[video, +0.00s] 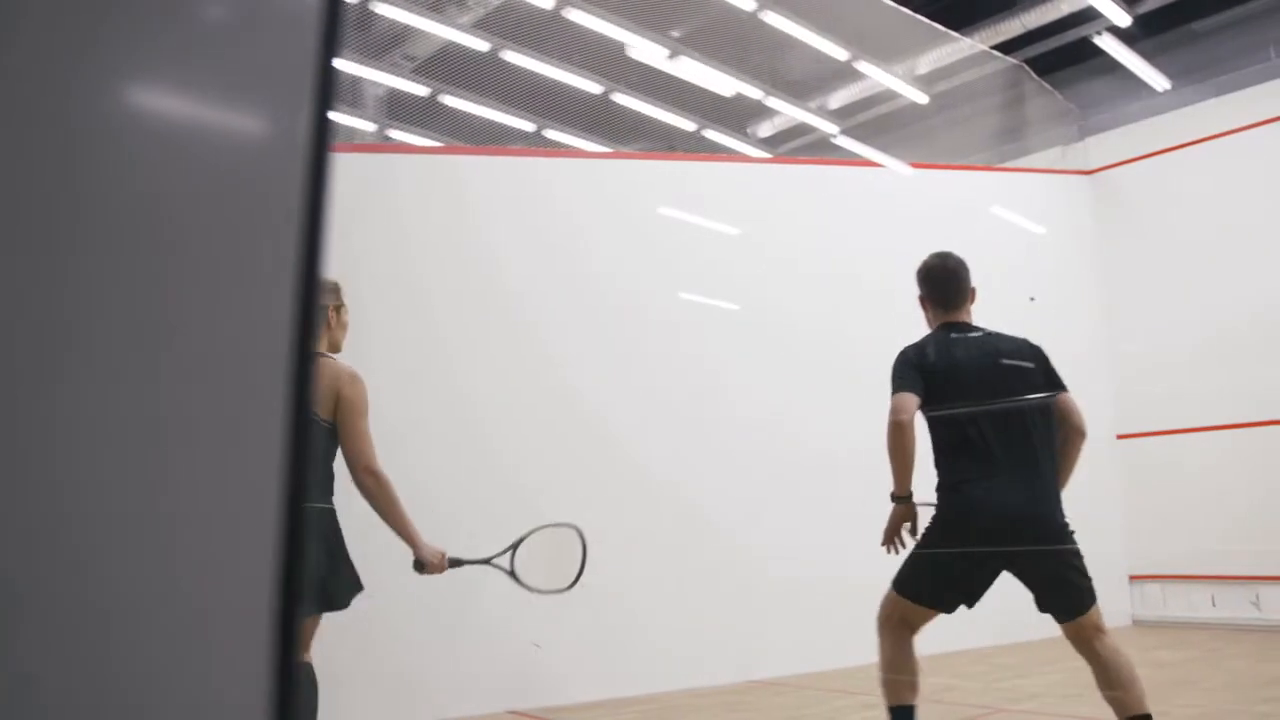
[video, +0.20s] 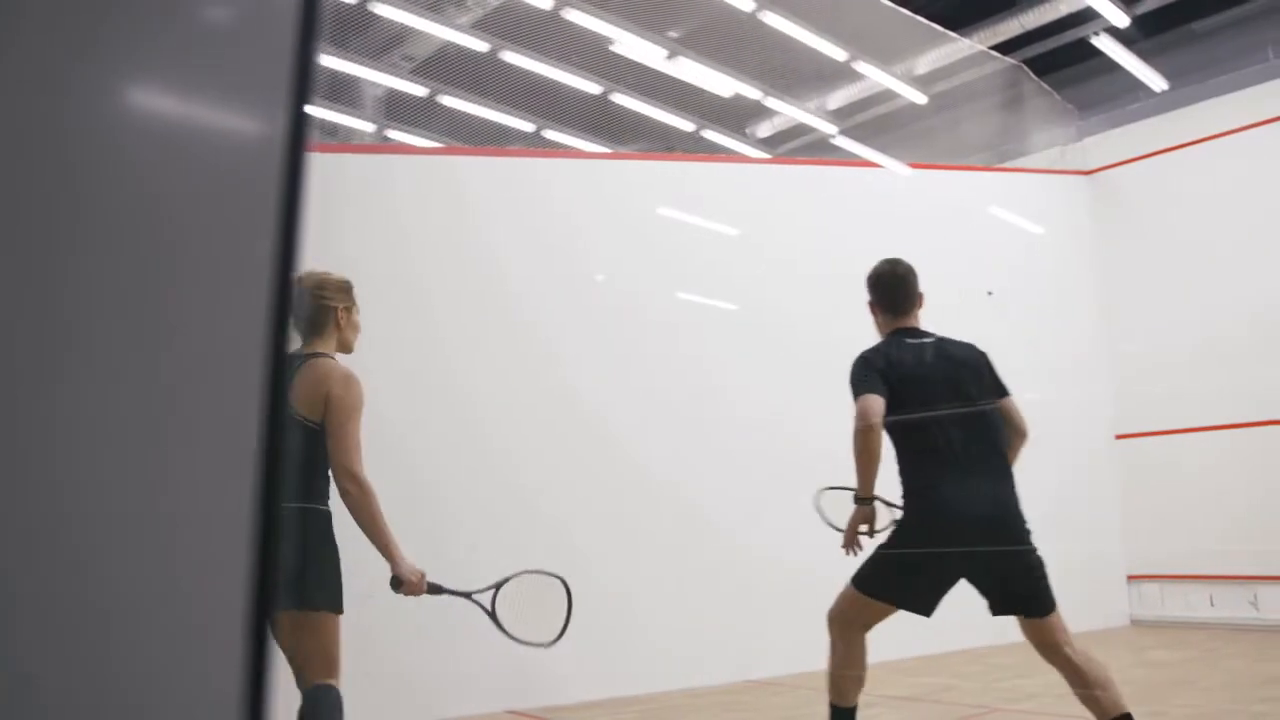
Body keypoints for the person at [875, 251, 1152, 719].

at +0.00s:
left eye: (920, 298)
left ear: (922, 302)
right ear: (973, 296)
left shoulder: (916, 358)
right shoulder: (1026, 351)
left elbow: (901, 419)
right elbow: (1074, 427)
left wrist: (902, 497)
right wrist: (1048, 491)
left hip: (967, 526)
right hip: (1039, 522)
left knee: (896, 623)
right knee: (1094, 638)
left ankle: (901, 717)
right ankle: (1141, 716)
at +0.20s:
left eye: (872, 303)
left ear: (872, 307)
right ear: (921, 303)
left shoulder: (874, 362)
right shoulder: (969, 355)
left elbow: (869, 423)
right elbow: (1016, 430)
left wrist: (864, 501)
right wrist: (983, 485)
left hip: (932, 528)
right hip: (1001, 526)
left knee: (846, 620)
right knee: (1062, 646)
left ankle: (841, 718)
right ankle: (1124, 719)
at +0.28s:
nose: (846, 307)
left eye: (844, 301)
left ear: (847, 306)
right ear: (894, 300)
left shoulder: (850, 359)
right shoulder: (941, 352)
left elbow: (852, 423)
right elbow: (987, 425)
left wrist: (846, 499)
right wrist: (955, 478)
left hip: (913, 528)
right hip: (979, 524)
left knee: (829, 622)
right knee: (1041, 639)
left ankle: (829, 718)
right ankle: (1114, 717)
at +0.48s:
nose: (786, 305)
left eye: (783, 299)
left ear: (785, 304)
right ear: (831, 299)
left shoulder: (791, 356)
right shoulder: (872, 350)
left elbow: (807, 423)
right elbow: (916, 421)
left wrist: (794, 498)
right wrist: (880, 472)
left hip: (854, 517)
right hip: (912, 512)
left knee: (791, 629)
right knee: (967, 625)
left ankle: (811, 719)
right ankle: (1073, 710)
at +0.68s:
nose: (731, 307)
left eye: (729, 301)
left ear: (729, 303)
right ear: (776, 301)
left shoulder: (739, 357)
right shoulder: (812, 354)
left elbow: (758, 430)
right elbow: (846, 428)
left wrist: (740, 500)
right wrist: (783, 478)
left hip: (803, 515)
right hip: (853, 509)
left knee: (757, 635)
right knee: (863, 632)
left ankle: (797, 719)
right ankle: (970, 708)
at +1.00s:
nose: (650, 319)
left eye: (650, 311)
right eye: (653, 311)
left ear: (653, 310)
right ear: (693, 309)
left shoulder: (668, 355)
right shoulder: (716, 357)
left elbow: (683, 429)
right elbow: (718, 438)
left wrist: (656, 481)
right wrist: (662, 480)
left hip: (738, 513)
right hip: (751, 507)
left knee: (710, 639)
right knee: (684, 618)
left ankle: (774, 715)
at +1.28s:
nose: (577, 326)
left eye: (577, 319)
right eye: (583, 320)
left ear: (581, 319)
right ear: (623, 319)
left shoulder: (605, 357)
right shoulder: (632, 363)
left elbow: (604, 434)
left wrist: (548, 480)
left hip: (663, 526)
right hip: (659, 524)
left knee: (678, 657)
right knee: (573, 622)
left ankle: (765, 714)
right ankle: (529, 712)